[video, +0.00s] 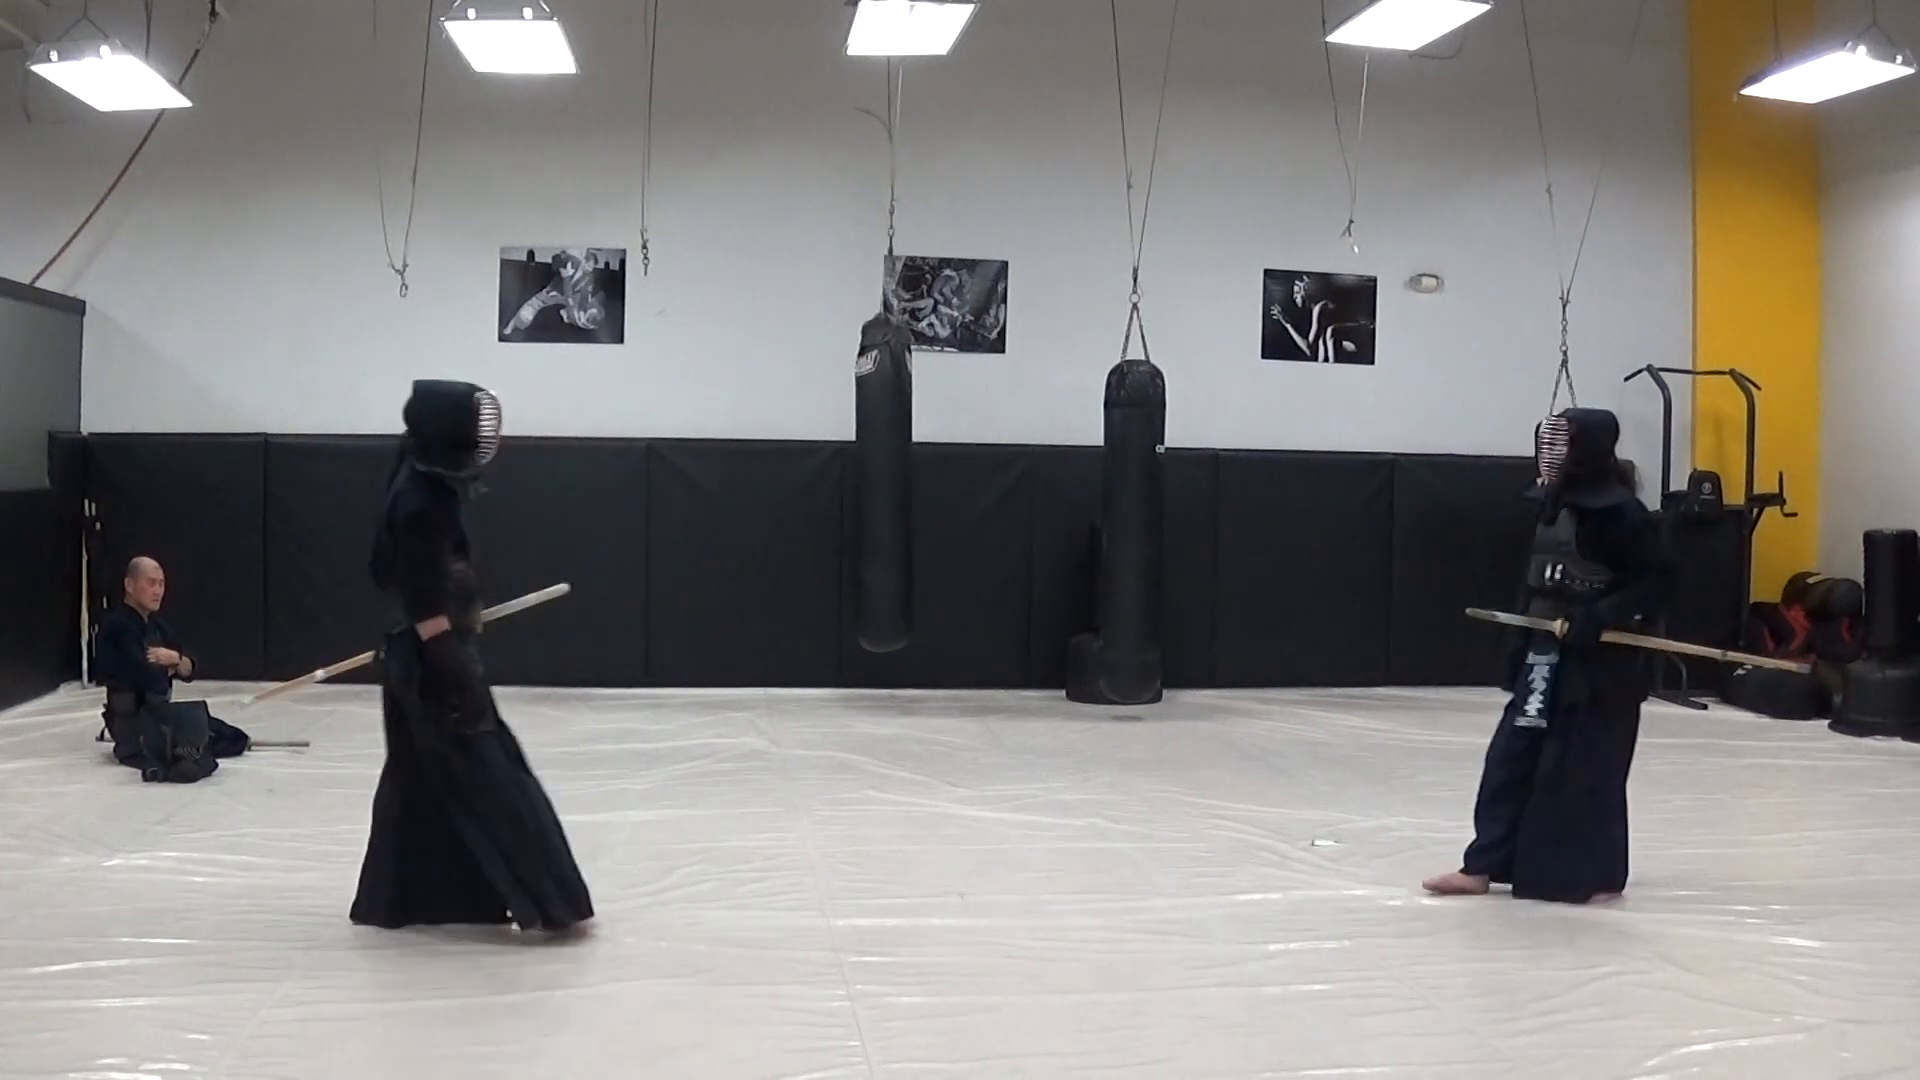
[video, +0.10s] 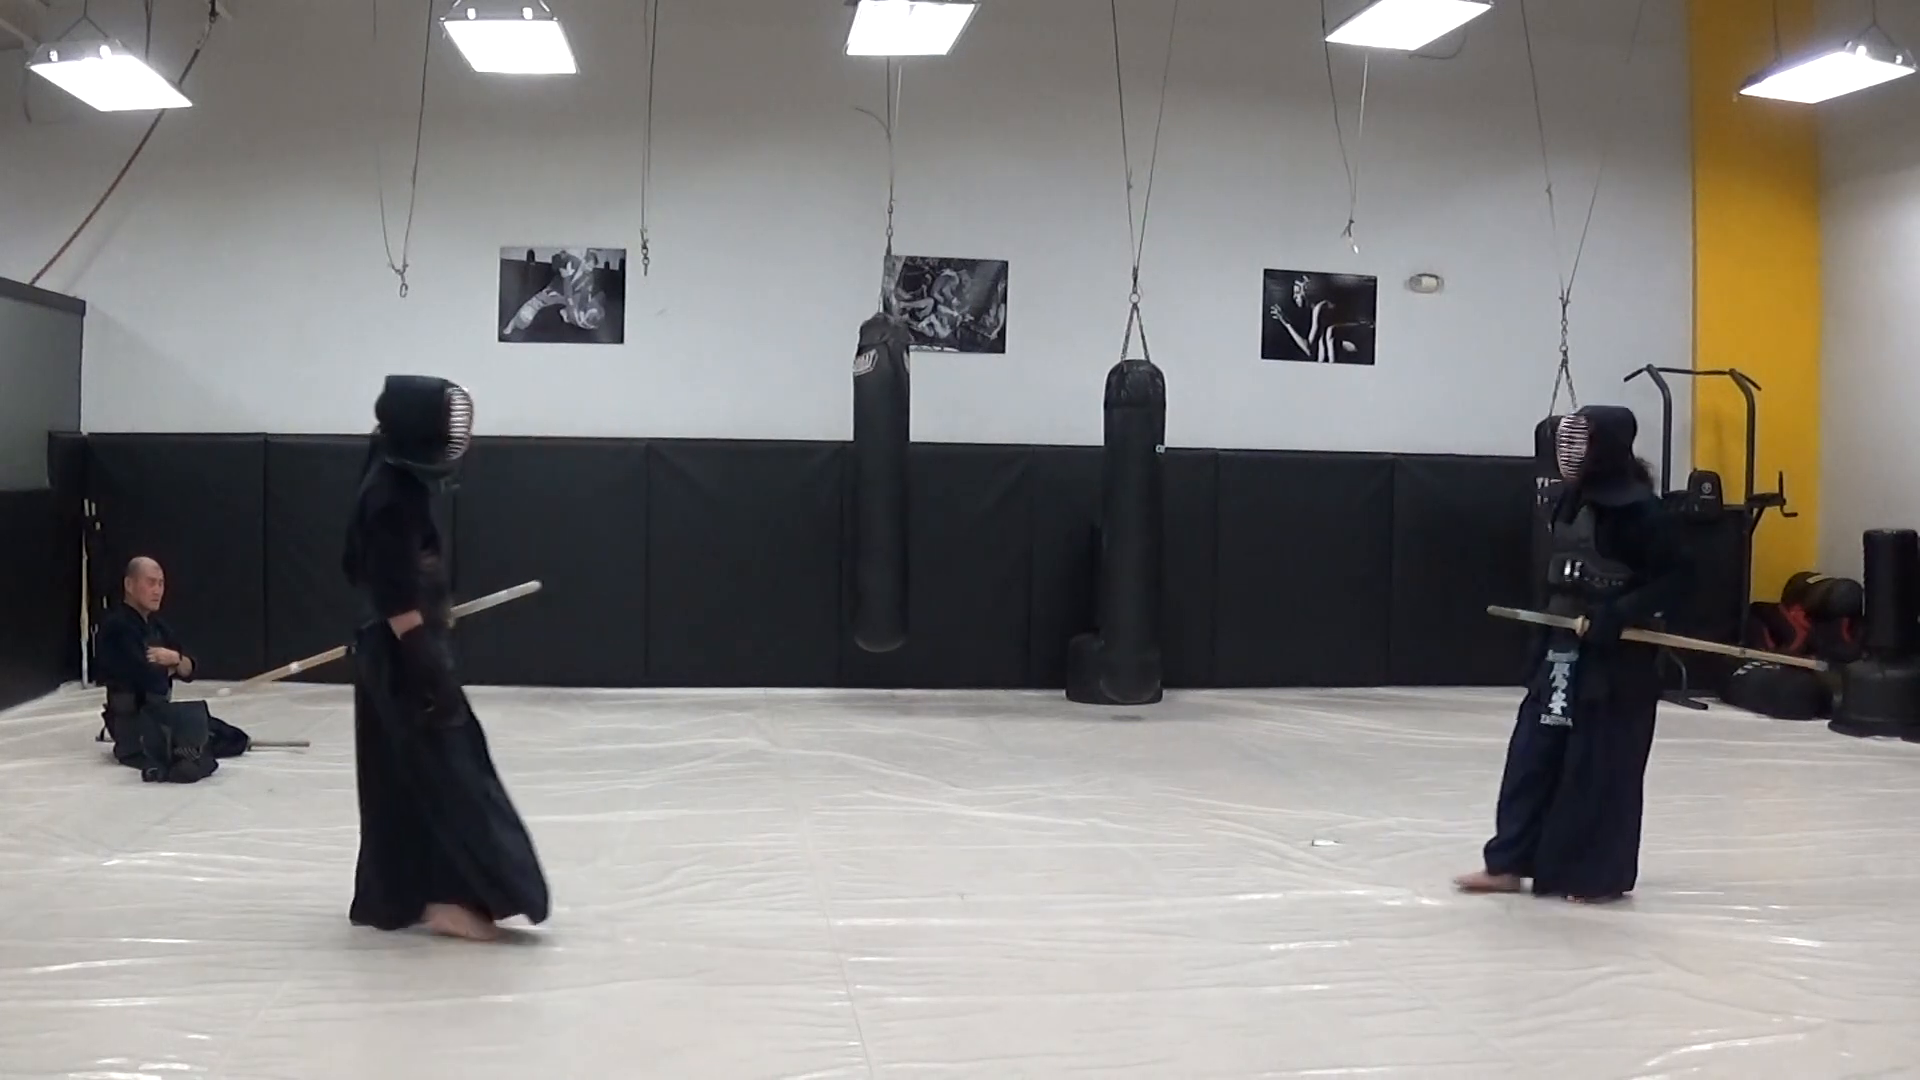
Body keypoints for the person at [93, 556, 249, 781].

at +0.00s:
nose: (158, 591)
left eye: (161, 584)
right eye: (151, 583)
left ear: (164, 586)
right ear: (129, 585)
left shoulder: (156, 624)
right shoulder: (117, 625)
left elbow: (190, 671)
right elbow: (150, 683)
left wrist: (176, 658)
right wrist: (173, 667)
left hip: (161, 720)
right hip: (130, 728)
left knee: (236, 740)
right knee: (199, 759)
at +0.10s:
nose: (158, 590)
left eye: (161, 583)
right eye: (151, 582)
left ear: (164, 586)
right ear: (129, 585)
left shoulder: (157, 624)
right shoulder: (116, 625)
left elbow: (190, 672)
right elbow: (145, 679)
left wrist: (176, 658)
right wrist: (173, 667)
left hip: (161, 718)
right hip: (130, 725)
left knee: (236, 740)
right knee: (200, 759)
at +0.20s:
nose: (158, 590)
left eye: (161, 583)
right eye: (151, 582)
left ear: (164, 586)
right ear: (129, 585)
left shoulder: (156, 623)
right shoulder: (116, 626)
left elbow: (191, 670)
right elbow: (147, 681)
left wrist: (176, 658)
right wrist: (173, 667)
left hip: (161, 719)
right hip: (130, 727)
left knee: (236, 740)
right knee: (200, 760)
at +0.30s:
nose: (158, 590)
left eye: (161, 583)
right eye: (151, 582)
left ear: (164, 586)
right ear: (129, 585)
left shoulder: (156, 622)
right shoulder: (116, 625)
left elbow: (190, 670)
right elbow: (150, 682)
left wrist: (176, 658)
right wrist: (173, 667)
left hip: (161, 716)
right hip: (130, 724)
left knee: (237, 740)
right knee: (200, 759)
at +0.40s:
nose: (158, 590)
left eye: (161, 583)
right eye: (151, 582)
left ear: (164, 586)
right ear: (129, 585)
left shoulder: (156, 622)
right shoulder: (117, 625)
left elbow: (191, 670)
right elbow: (149, 683)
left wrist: (176, 658)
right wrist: (172, 668)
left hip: (163, 716)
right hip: (131, 725)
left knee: (237, 740)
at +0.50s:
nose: (159, 590)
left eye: (161, 584)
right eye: (152, 582)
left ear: (165, 586)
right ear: (129, 585)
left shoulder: (158, 622)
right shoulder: (117, 624)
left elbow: (190, 667)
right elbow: (142, 676)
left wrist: (175, 658)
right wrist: (175, 669)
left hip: (162, 711)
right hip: (130, 718)